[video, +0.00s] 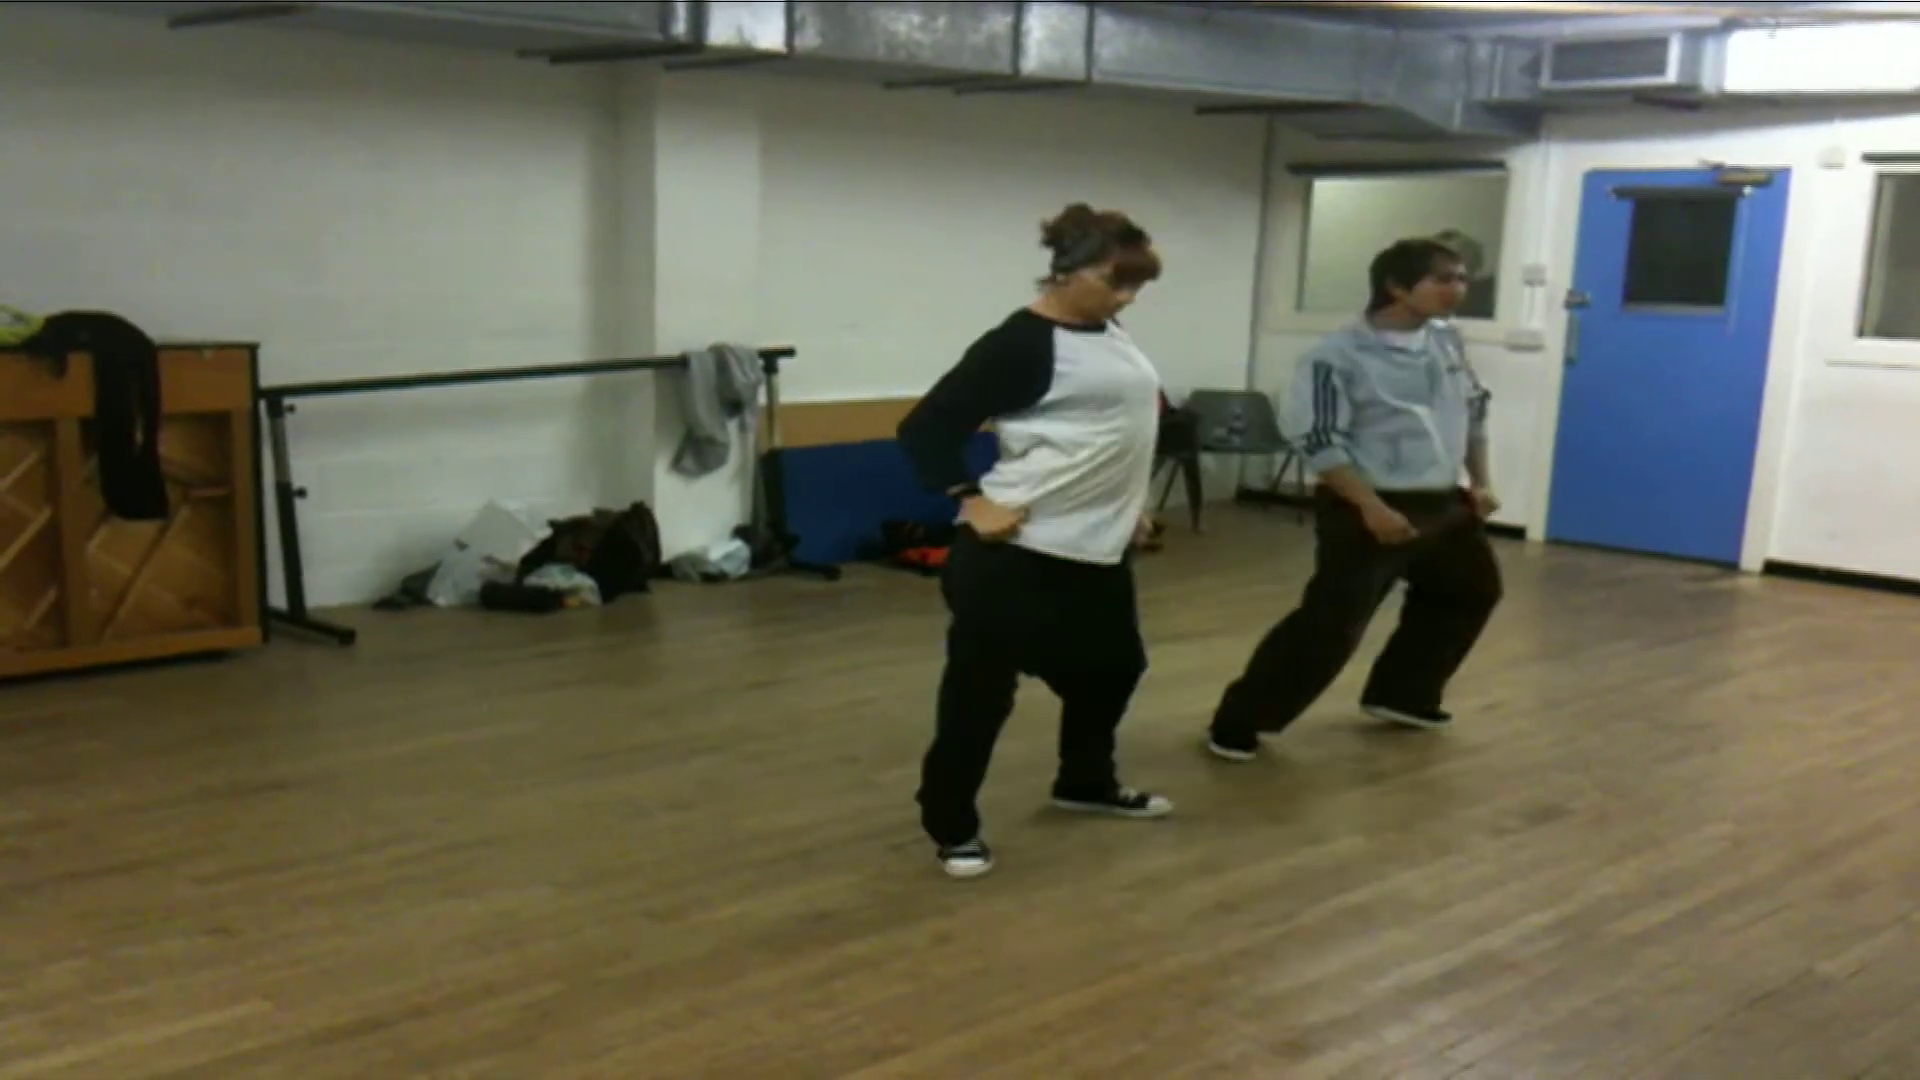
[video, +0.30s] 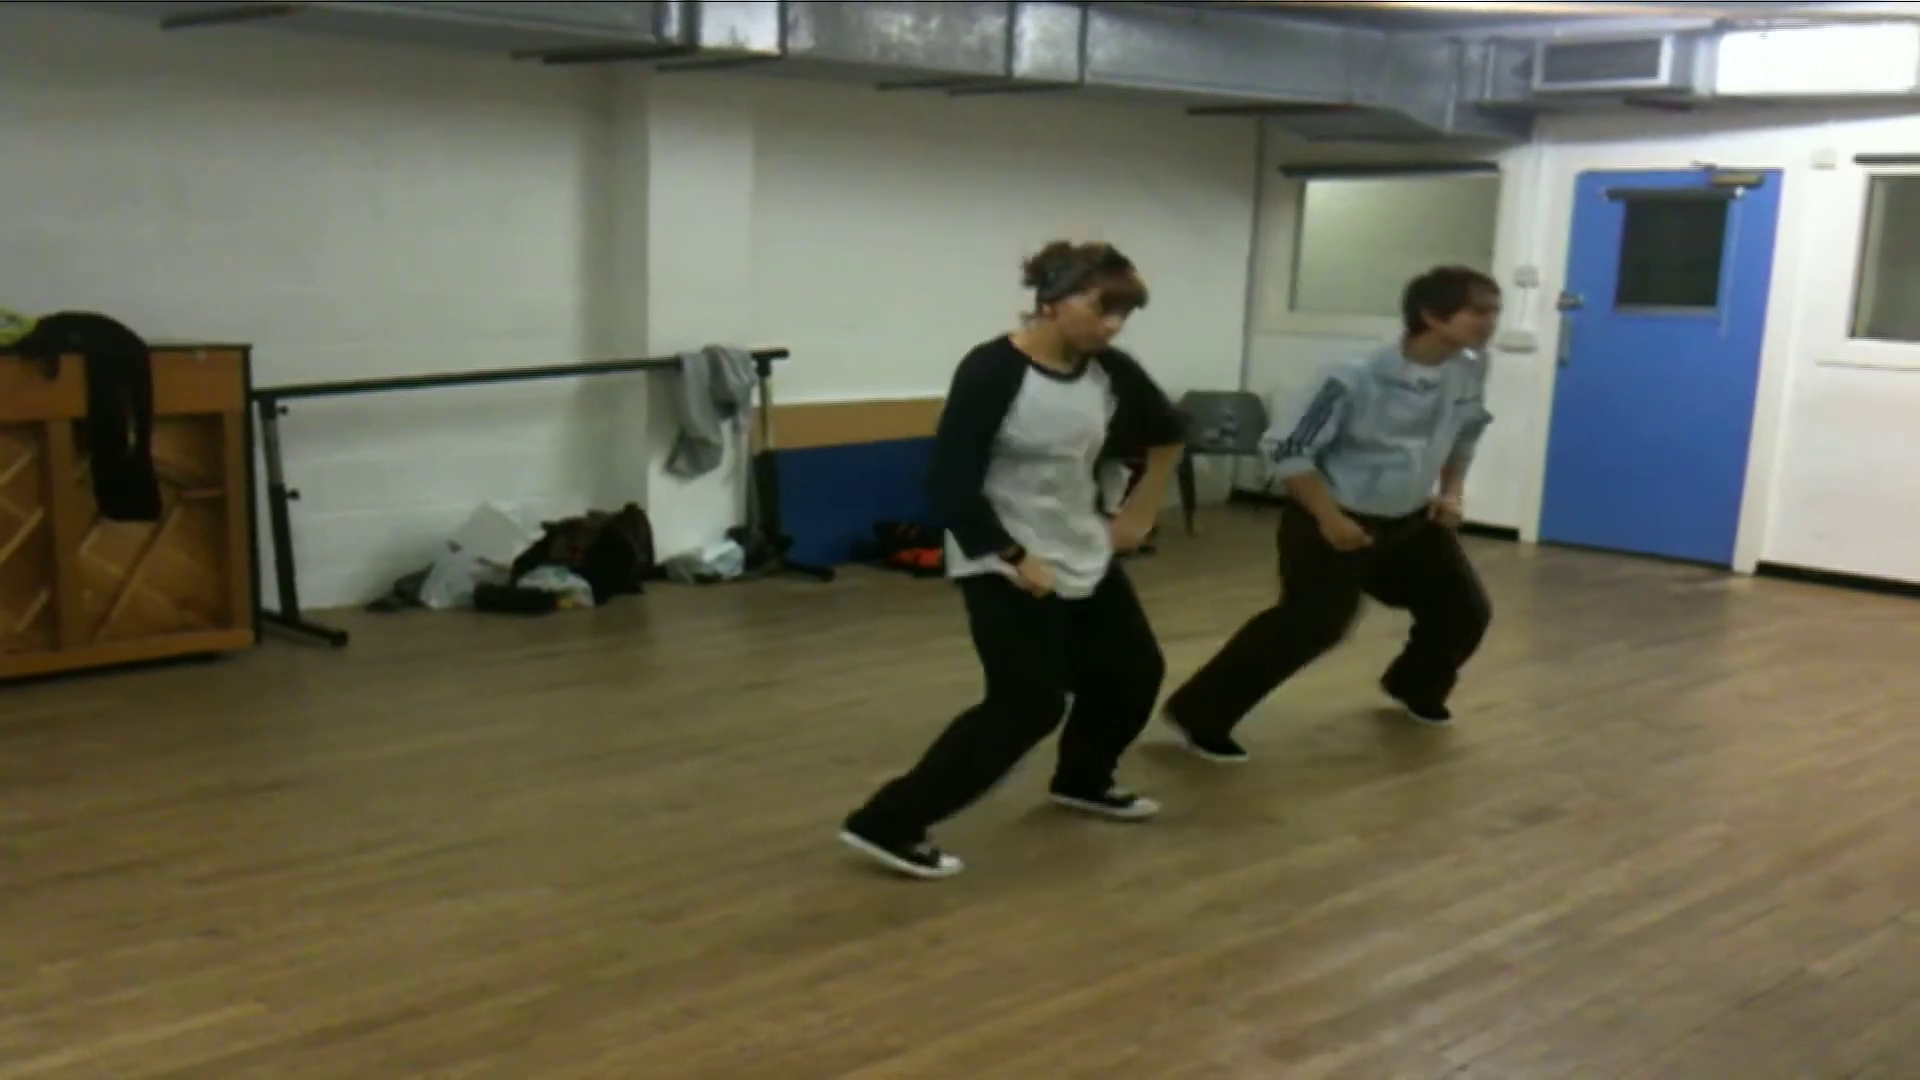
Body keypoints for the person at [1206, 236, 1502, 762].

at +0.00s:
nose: (1456, 289)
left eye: (1456, 280)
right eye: (1444, 280)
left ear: (1409, 291)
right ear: (1401, 289)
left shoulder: (1444, 342)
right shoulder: (1336, 357)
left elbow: (1472, 412)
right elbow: (1321, 449)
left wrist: (1479, 482)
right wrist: (1371, 507)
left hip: (1440, 506)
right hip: (1365, 510)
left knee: (1469, 590)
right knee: (1330, 625)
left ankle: (1400, 692)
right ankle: (1237, 721)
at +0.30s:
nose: (1489, 323)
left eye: (1491, 313)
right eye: (1480, 312)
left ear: (1442, 320)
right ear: (1435, 318)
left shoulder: (1468, 372)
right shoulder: (1356, 378)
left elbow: (1466, 434)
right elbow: (1288, 454)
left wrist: (1451, 492)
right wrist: (1329, 516)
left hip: (1405, 528)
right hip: (1328, 525)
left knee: (1462, 611)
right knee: (1315, 620)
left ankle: (1415, 683)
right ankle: (1198, 712)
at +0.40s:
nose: (1516, 351)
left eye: (1518, 340)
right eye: (1507, 339)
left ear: (1473, 346)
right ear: (1463, 342)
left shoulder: (1495, 391)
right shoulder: (1380, 389)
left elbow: (1489, 446)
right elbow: (1305, 470)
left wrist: (1456, 500)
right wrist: (1354, 515)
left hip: (1409, 518)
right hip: (1336, 512)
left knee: (1455, 622)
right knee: (1399, 607)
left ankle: (1433, 697)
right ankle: (1283, 691)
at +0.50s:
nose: (1536, 372)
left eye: (1539, 361)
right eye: (1527, 360)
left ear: (1484, 365)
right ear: (1481, 361)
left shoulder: (1499, 411)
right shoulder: (1393, 403)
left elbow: (1481, 460)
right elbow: (1313, 469)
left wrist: (1459, 507)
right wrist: (1363, 521)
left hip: (1414, 521)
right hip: (1337, 518)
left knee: (1475, 607)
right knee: (1414, 607)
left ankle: (1418, 681)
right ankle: (1305, 692)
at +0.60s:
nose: (1555, 401)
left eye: (1557, 391)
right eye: (1546, 390)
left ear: (1505, 394)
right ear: (1499, 391)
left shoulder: (1502, 430)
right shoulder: (1415, 425)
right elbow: (1304, 470)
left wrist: (1447, 514)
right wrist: (1343, 529)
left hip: (1407, 529)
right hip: (1335, 524)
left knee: (1478, 598)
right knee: (1374, 596)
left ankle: (1403, 692)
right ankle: (1336, 697)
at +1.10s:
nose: (1484, 266)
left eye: (1489, 256)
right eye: (1471, 255)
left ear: (1493, 264)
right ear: (1436, 263)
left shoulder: (1483, 334)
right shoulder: (1386, 328)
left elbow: (1474, 412)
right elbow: (1348, 424)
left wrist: (1457, 476)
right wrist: (1373, 489)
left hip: (1425, 485)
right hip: (1356, 482)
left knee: (1417, 595)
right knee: (1361, 595)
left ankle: (1399, 690)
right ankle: (1333, 709)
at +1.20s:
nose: (1434, 263)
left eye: (1446, 253)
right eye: (1420, 254)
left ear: (1467, 264)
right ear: (1401, 266)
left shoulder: (1476, 330)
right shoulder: (1370, 329)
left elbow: (1462, 409)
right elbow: (1326, 422)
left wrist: (1448, 477)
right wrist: (1366, 485)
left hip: (1420, 484)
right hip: (1346, 481)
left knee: (1429, 590)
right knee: (1367, 588)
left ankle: (1405, 690)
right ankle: (1334, 707)